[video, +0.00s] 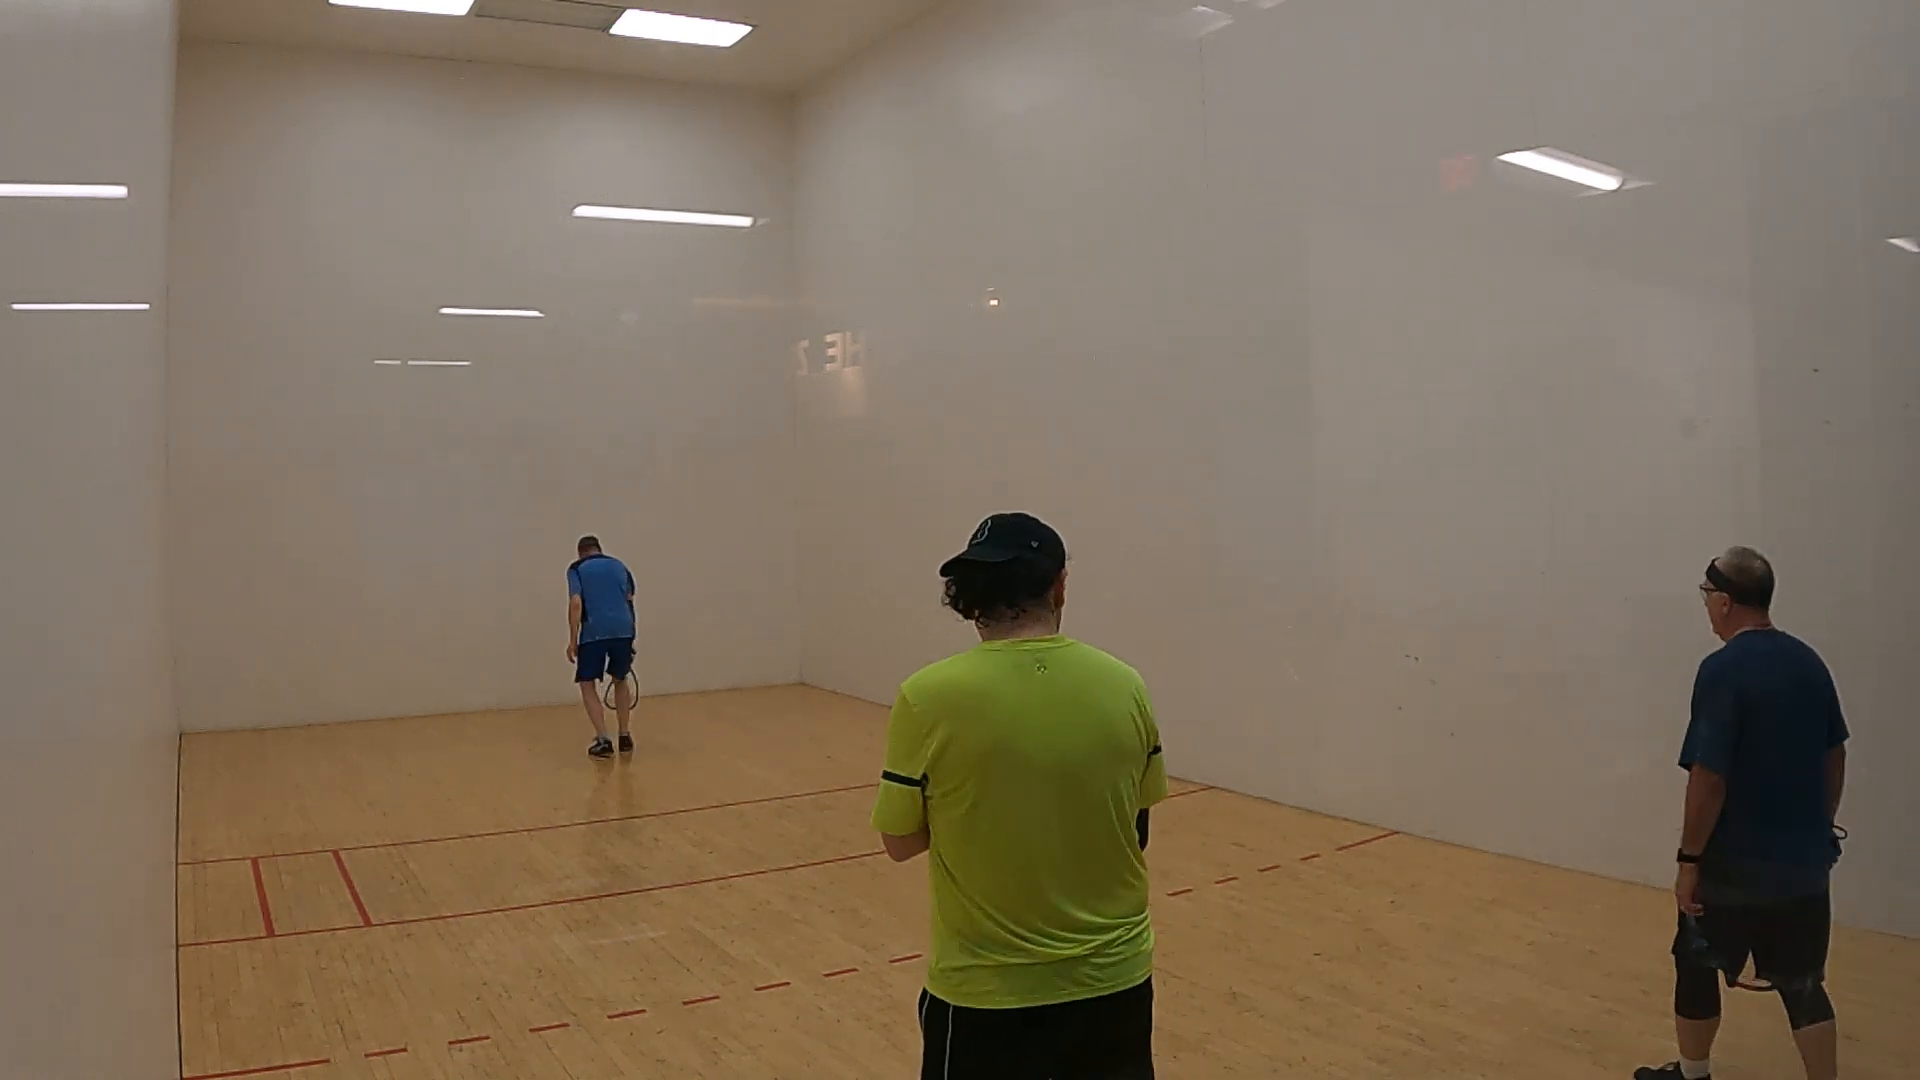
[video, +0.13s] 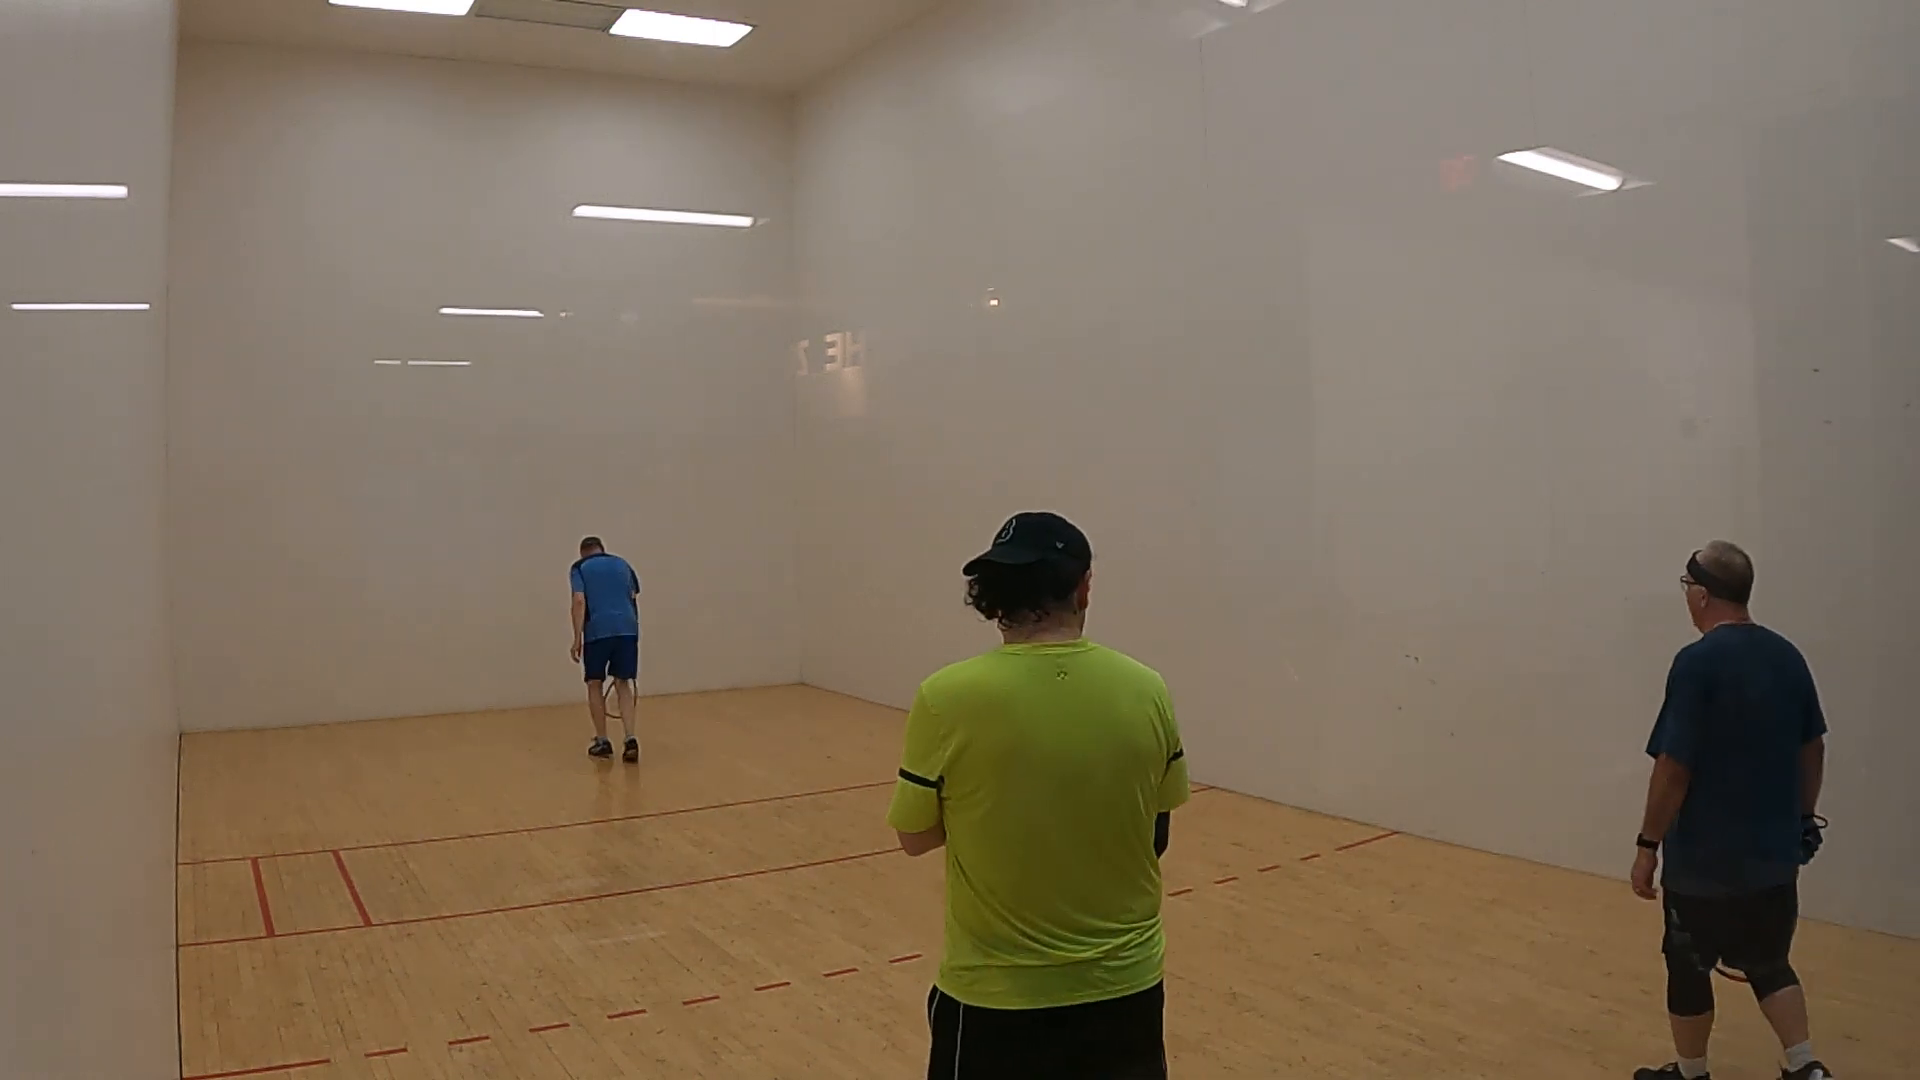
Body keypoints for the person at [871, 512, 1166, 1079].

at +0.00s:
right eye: (1065, 578)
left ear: (968, 595)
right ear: (1060, 586)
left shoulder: (929, 696)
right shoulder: (1122, 685)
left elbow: (901, 842)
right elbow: (1137, 824)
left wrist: (975, 792)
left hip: (983, 1014)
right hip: (1112, 1005)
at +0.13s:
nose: (1091, 589)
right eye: (1090, 578)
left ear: (995, 594)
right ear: (1084, 588)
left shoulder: (947, 696)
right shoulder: (1145, 690)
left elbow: (915, 837)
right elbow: (1156, 835)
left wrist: (990, 796)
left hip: (991, 1016)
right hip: (1123, 1011)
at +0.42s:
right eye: (1156, 588)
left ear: (1058, 595)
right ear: (1149, 595)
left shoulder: (1011, 698)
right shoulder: (1202, 697)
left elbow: (971, 832)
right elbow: (1207, 831)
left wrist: (1046, 791)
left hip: (1037, 1017)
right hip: (1168, 1010)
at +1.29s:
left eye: (1082, 590)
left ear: (1082, 600)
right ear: (1177, 596)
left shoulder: (1042, 700)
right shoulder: (1229, 697)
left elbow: (991, 840)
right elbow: (1230, 832)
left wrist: (1067, 795)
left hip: (1064, 1013)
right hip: (1190, 1005)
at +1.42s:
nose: (1073, 599)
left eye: (1073, 587)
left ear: (1079, 596)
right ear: (1170, 591)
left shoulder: (1044, 698)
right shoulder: (1230, 696)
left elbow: (982, 847)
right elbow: (1234, 844)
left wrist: (1050, 797)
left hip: (1065, 1013)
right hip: (1189, 1004)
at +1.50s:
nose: (1069, 597)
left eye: (1069, 584)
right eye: (1071, 582)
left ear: (1078, 595)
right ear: (1165, 590)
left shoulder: (1047, 695)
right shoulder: (1229, 696)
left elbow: (981, 850)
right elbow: (1242, 847)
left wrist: (1038, 796)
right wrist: (1201, 927)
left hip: (1065, 1011)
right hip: (1190, 1002)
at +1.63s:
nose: (1065, 593)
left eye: (1066, 580)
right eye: (1067, 578)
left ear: (1075, 594)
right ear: (1160, 588)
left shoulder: (1047, 691)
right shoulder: (1227, 693)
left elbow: (980, 840)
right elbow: (1248, 849)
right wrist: (1239, 956)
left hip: (1063, 1012)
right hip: (1188, 1002)